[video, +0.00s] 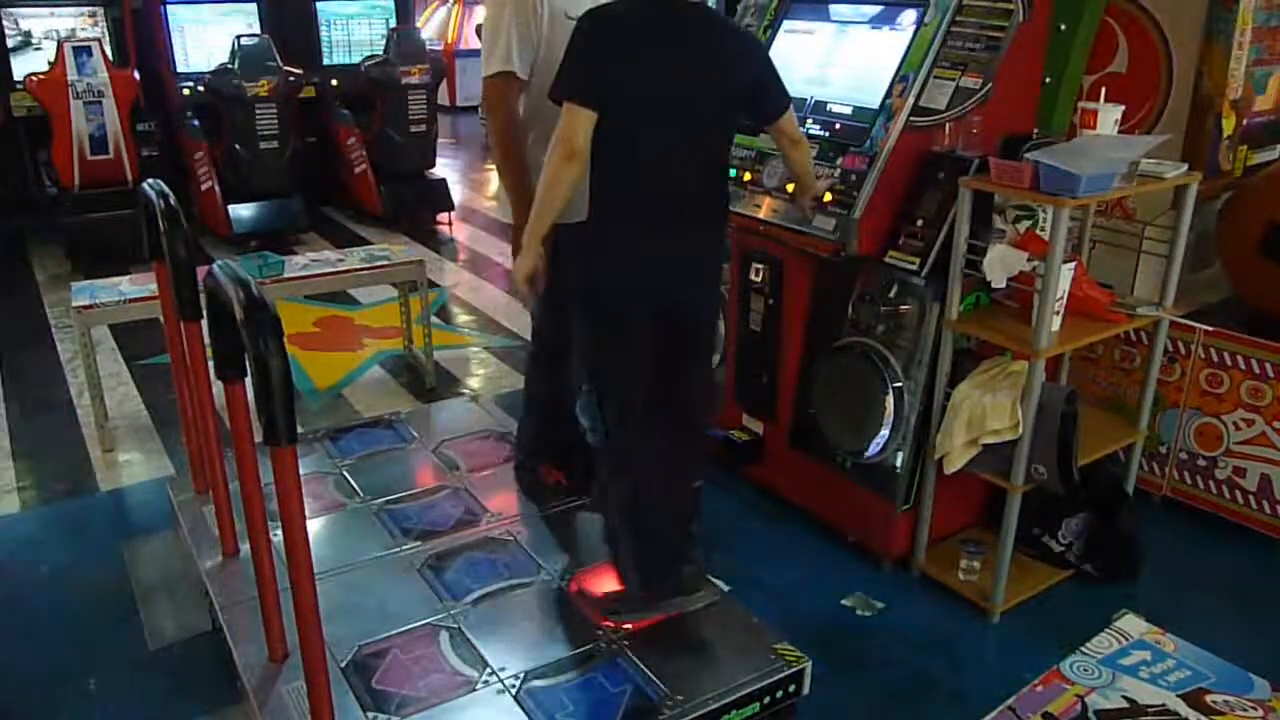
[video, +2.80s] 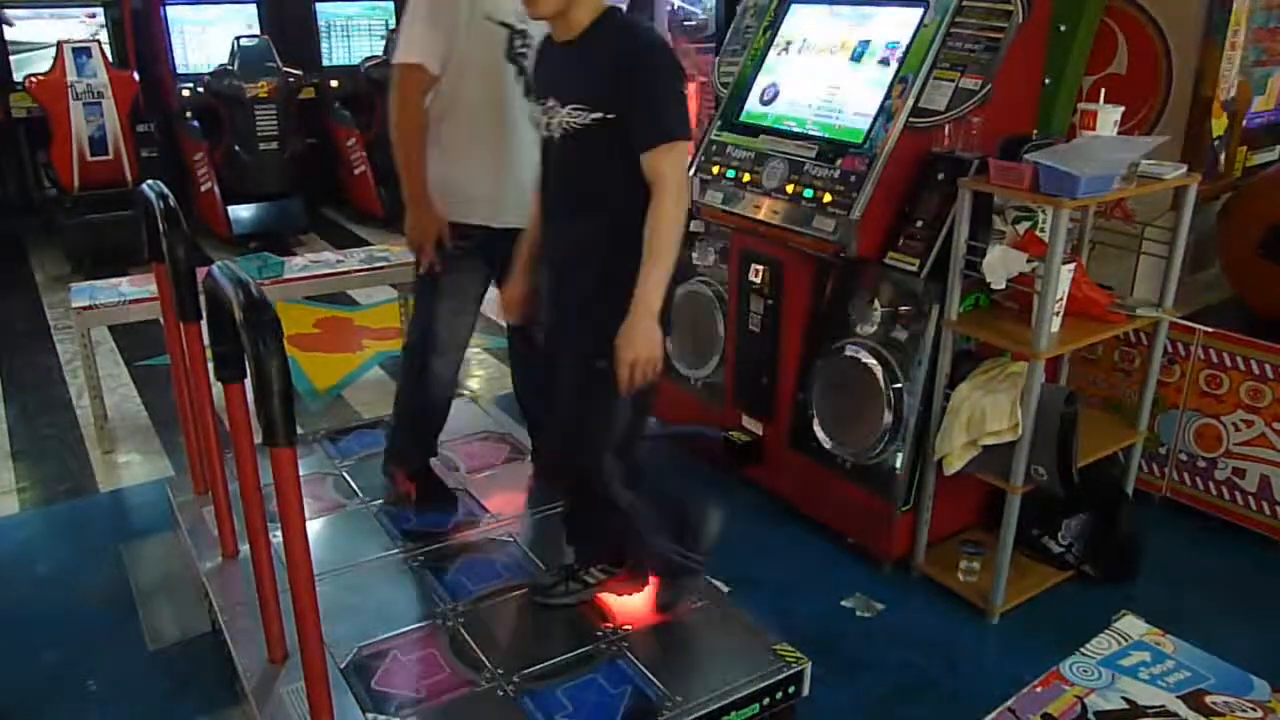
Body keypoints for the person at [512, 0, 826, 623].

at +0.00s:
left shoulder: (604, 27)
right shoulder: (737, 44)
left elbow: (570, 146)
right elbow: (792, 141)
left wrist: (533, 237)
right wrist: (807, 183)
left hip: (613, 253)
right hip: (694, 261)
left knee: (623, 411)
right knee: (682, 408)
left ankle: (648, 577)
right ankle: (675, 559)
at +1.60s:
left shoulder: (683, 48)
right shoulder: (782, 43)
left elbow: (677, 189)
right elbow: (815, 160)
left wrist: (642, 292)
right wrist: (805, 189)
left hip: (706, 274)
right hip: (769, 270)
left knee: (728, 430)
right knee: (706, 419)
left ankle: (757, 574)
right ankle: (664, 537)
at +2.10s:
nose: (651, 4)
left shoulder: (714, 60)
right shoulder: (751, 48)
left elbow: (714, 199)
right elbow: (796, 168)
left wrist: (655, 304)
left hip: (720, 294)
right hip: (748, 285)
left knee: (729, 441)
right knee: (676, 418)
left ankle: (757, 582)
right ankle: (662, 540)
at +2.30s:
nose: (632, 3)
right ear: (664, 1)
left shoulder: (718, 58)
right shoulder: (684, 57)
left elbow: (731, 199)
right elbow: (681, 170)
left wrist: (676, 317)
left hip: (728, 299)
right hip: (684, 288)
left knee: (728, 445)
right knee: (638, 422)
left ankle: (760, 578)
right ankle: (645, 546)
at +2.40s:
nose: (615, 5)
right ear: (627, 4)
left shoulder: (707, 58)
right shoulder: (649, 54)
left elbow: (731, 196)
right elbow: (667, 160)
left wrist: (685, 317)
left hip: (714, 296)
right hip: (657, 291)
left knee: (720, 444)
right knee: (625, 426)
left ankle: (758, 574)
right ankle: (624, 548)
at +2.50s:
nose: (593, 3)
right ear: (606, 4)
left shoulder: (693, 55)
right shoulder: (634, 54)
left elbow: (719, 195)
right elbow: (646, 182)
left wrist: (686, 317)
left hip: (686, 300)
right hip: (640, 293)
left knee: (706, 444)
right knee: (615, 427)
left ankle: (755, 567)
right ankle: (610, 549)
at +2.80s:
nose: (526, 2)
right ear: (541, 2)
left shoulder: (641, 53)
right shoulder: (550, 56)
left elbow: (672, 186)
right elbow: (553, 177)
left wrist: (645, 314)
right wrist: (524, 268)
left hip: (620, 294)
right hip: (564, 286)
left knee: (607, 444)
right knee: (568, 435)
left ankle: (671, 553)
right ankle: (603, 556)